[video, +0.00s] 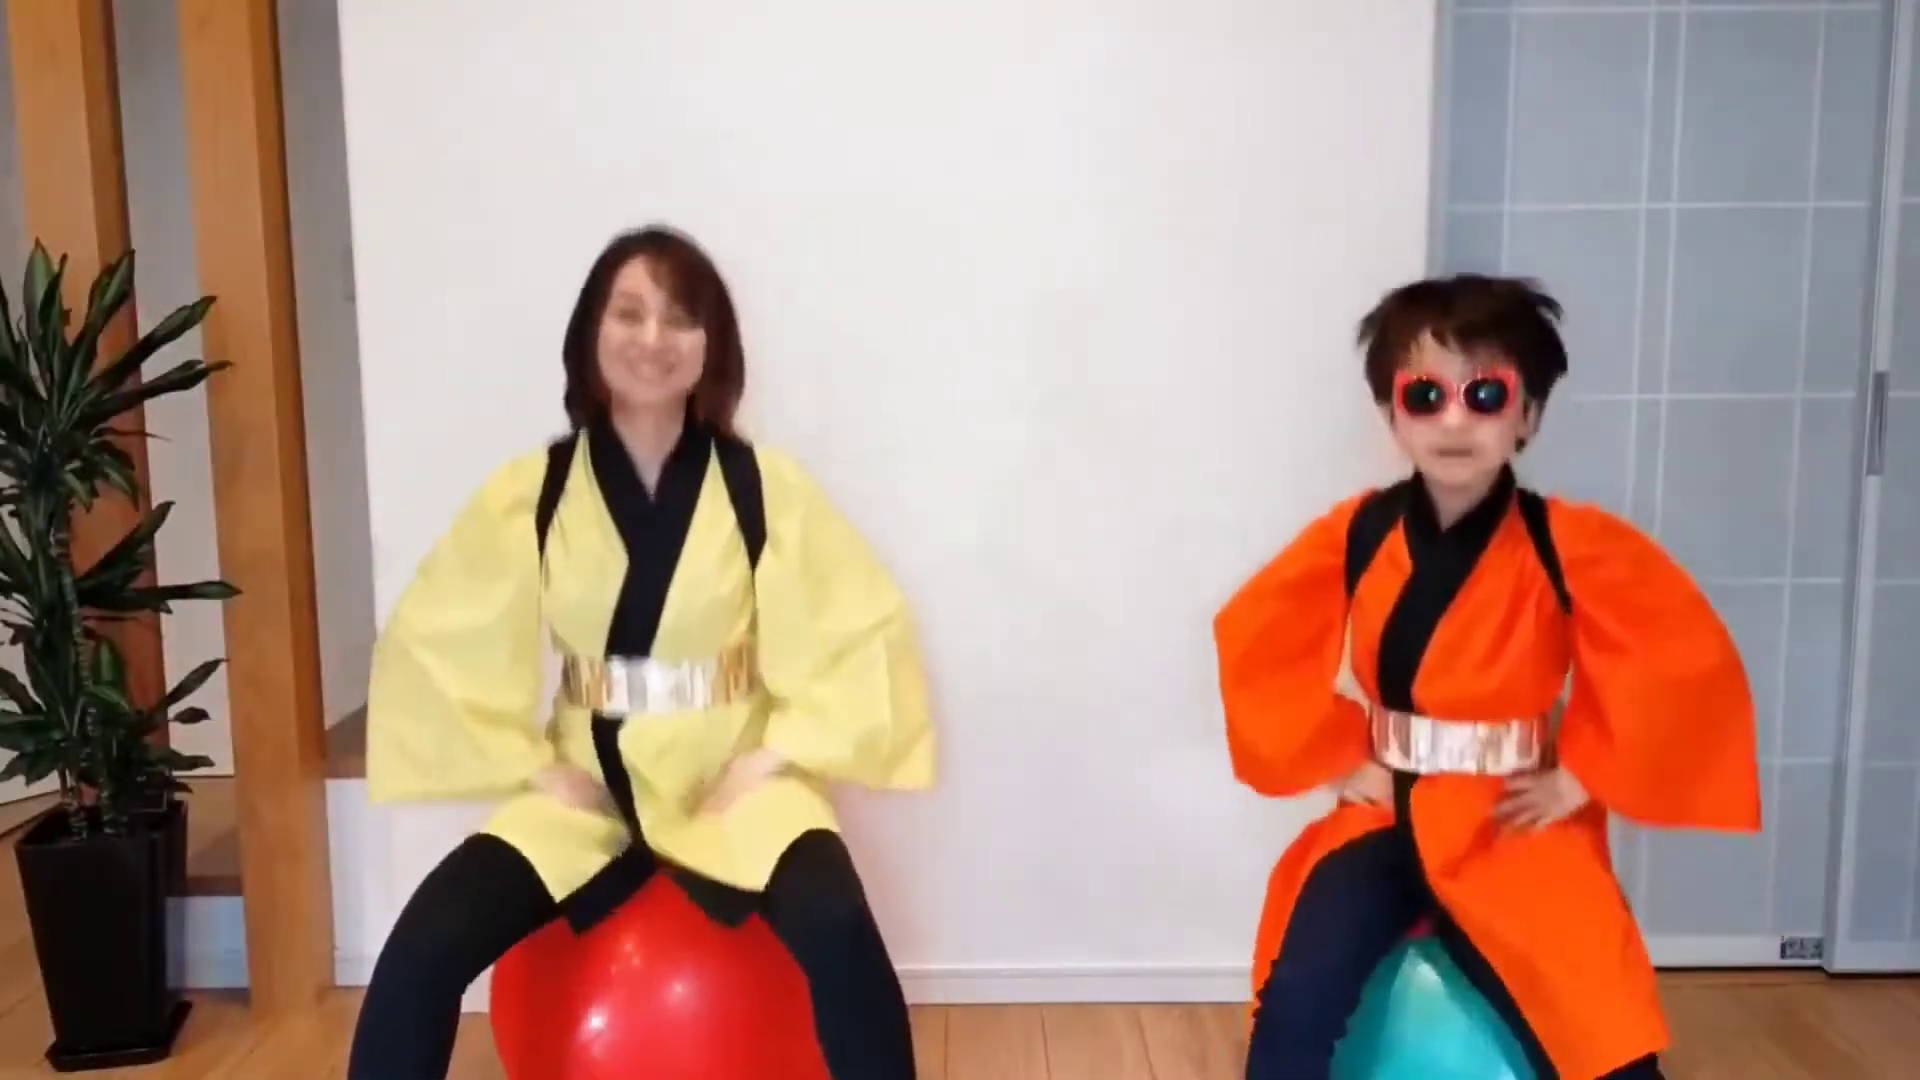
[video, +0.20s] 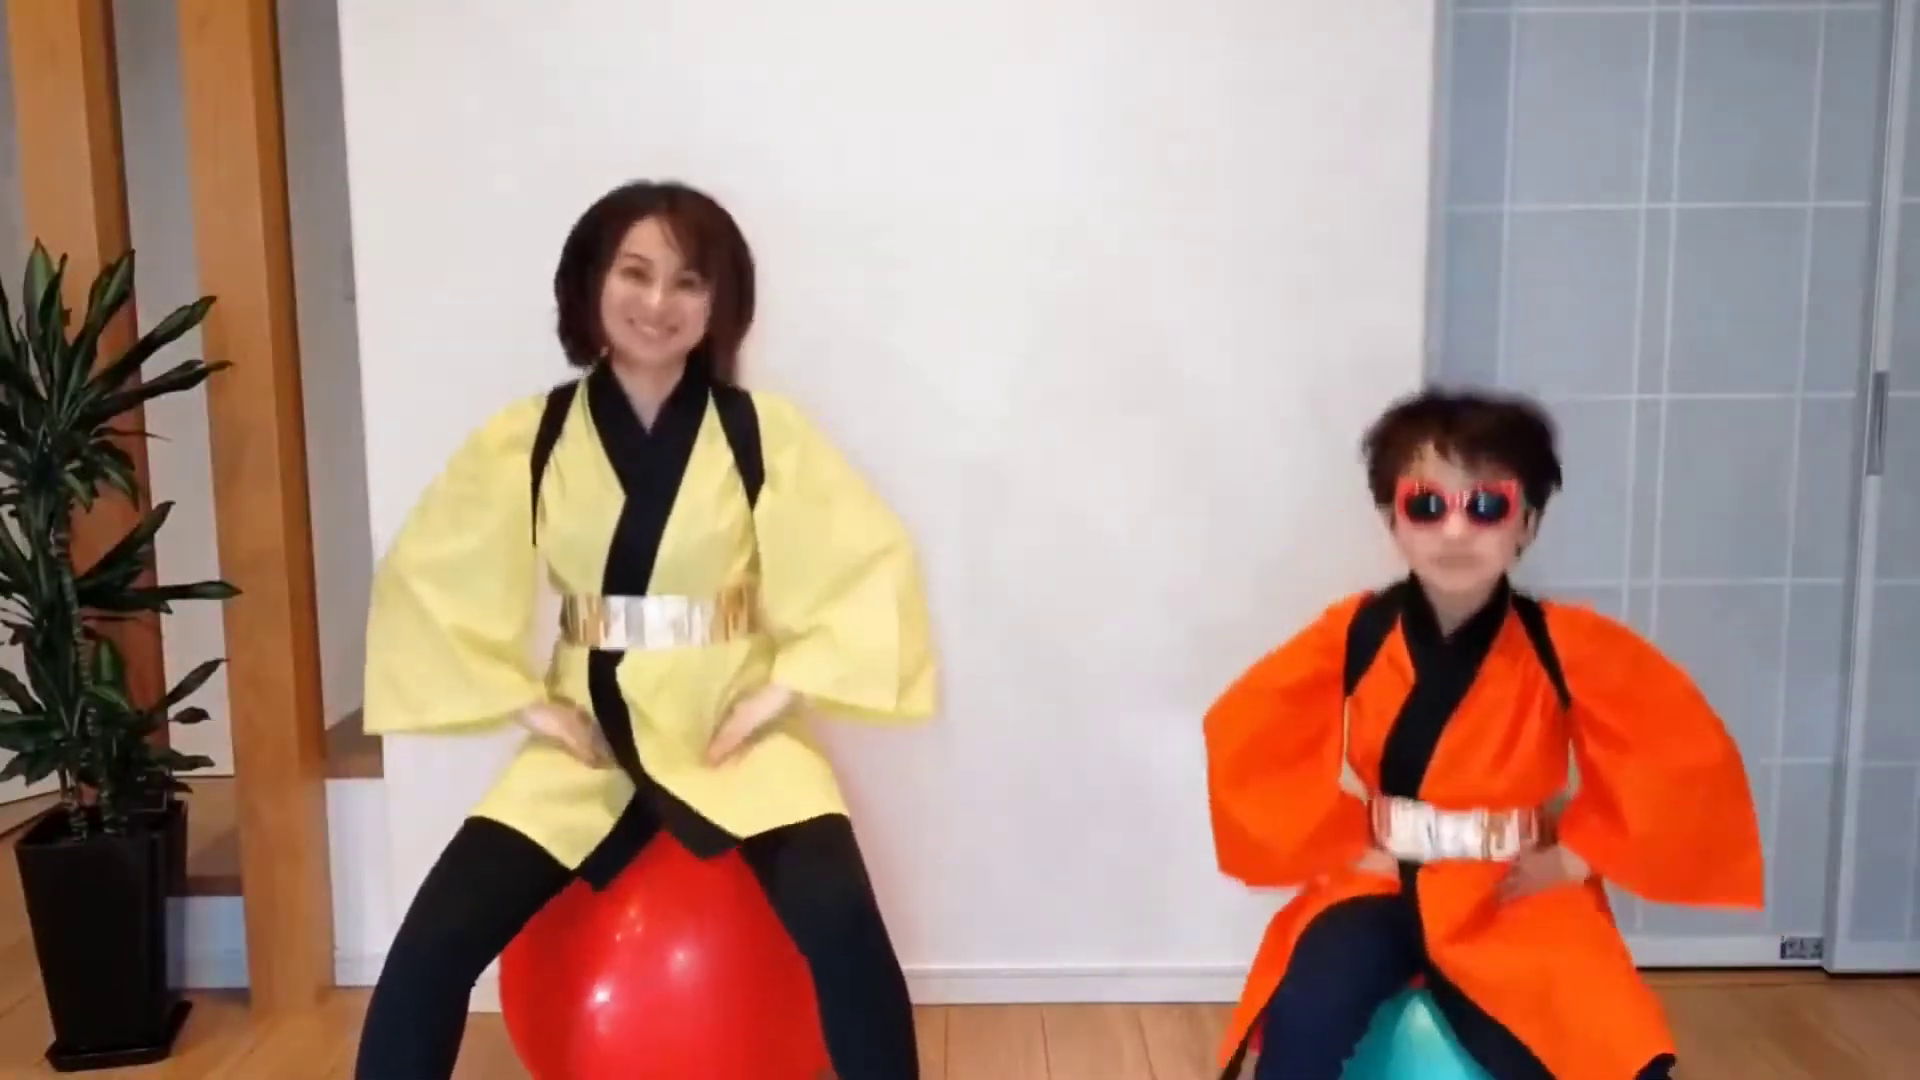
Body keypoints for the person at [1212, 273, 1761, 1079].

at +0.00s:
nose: (1453, 419)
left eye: (1485, 394)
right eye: (1424, 394)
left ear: (1526, 417)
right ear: (1390, 414)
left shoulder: (1568, 541)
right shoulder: (1357, 534)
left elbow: (1687, 659)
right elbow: (1250, 638)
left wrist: (1581, 774)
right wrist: (1339, 752)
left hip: (1521, 828)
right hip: (1384, 817)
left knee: (1615, 1032)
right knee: (1298, 998)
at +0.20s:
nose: (1455, 530)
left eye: (1486, 506)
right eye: (1426, 506)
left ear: (1525, 522)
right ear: (1392, 521)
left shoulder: (1565, 645)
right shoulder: (1357, 633)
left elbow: (1690, 762)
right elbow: (1241, 730)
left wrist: (1573, 856)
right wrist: (1343, 818)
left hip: (1512, 902)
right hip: (1377, 889)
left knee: (1618, 1054)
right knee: (1303, 1010)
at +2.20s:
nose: (1463, 431)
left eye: (1494, 407)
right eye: (1433, 405)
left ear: (1525, 423)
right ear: (1388, 426)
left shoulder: (1559, 543)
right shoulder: (1346, 535)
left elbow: (1677, 657)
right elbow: (1229, 640)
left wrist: (1576, 773)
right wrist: (1333, 753)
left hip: (1514, 822)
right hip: (1377, 815)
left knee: (1602, 1013)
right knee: (1308, 946)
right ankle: (1280, 1067)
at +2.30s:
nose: (1457, 512)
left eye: (1487, 488)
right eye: (1426, 488)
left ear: (1516, 504)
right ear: (1381, 509)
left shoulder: (1556, 626)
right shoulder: (1346, 614)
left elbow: (1676, 744)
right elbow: (1227, 712)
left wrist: (1564, 846)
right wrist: (1333, 816)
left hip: (1505, 885)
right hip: (1370, 874)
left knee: (1602, 1042)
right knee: (1303, 986)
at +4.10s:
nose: (1474, 514)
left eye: (1507, 492)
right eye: (1445, 484)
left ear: (1535, 499)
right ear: (1394, 487)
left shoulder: (1558, 614)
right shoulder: (1350, 599)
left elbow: (1654, 706)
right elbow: (1236, 678)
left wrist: (1595, 792)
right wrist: (1304, 792)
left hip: (1495, 880)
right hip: (1358, 868)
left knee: (1593, 1052)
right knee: (1258, 1026)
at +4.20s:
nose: (1494, 470)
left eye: (1528, 449)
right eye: (1468, 439)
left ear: (1558, 443)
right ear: (1414, 421)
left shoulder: (1562, 538)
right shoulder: (1359, 520)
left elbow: (1694, 613)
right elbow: (1219, 578)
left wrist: (1672, 664)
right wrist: (1250, 662)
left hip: (1493, 820)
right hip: (1355, 809)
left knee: (1614, 1020)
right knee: (1255, 996)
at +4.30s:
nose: (1515, 484)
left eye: (1551, 463)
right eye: (1491, 449)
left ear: (1580, 454)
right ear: (1434, 420)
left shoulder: (1568, 539)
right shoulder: (1371, 511)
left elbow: (1690, 598)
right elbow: (1216, 549)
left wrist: (1699, 665)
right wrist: (1227, 606)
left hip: (1495, 812)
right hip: (1356, 799)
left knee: (1629, 977)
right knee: (1254, 969)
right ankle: (1248, 1071)